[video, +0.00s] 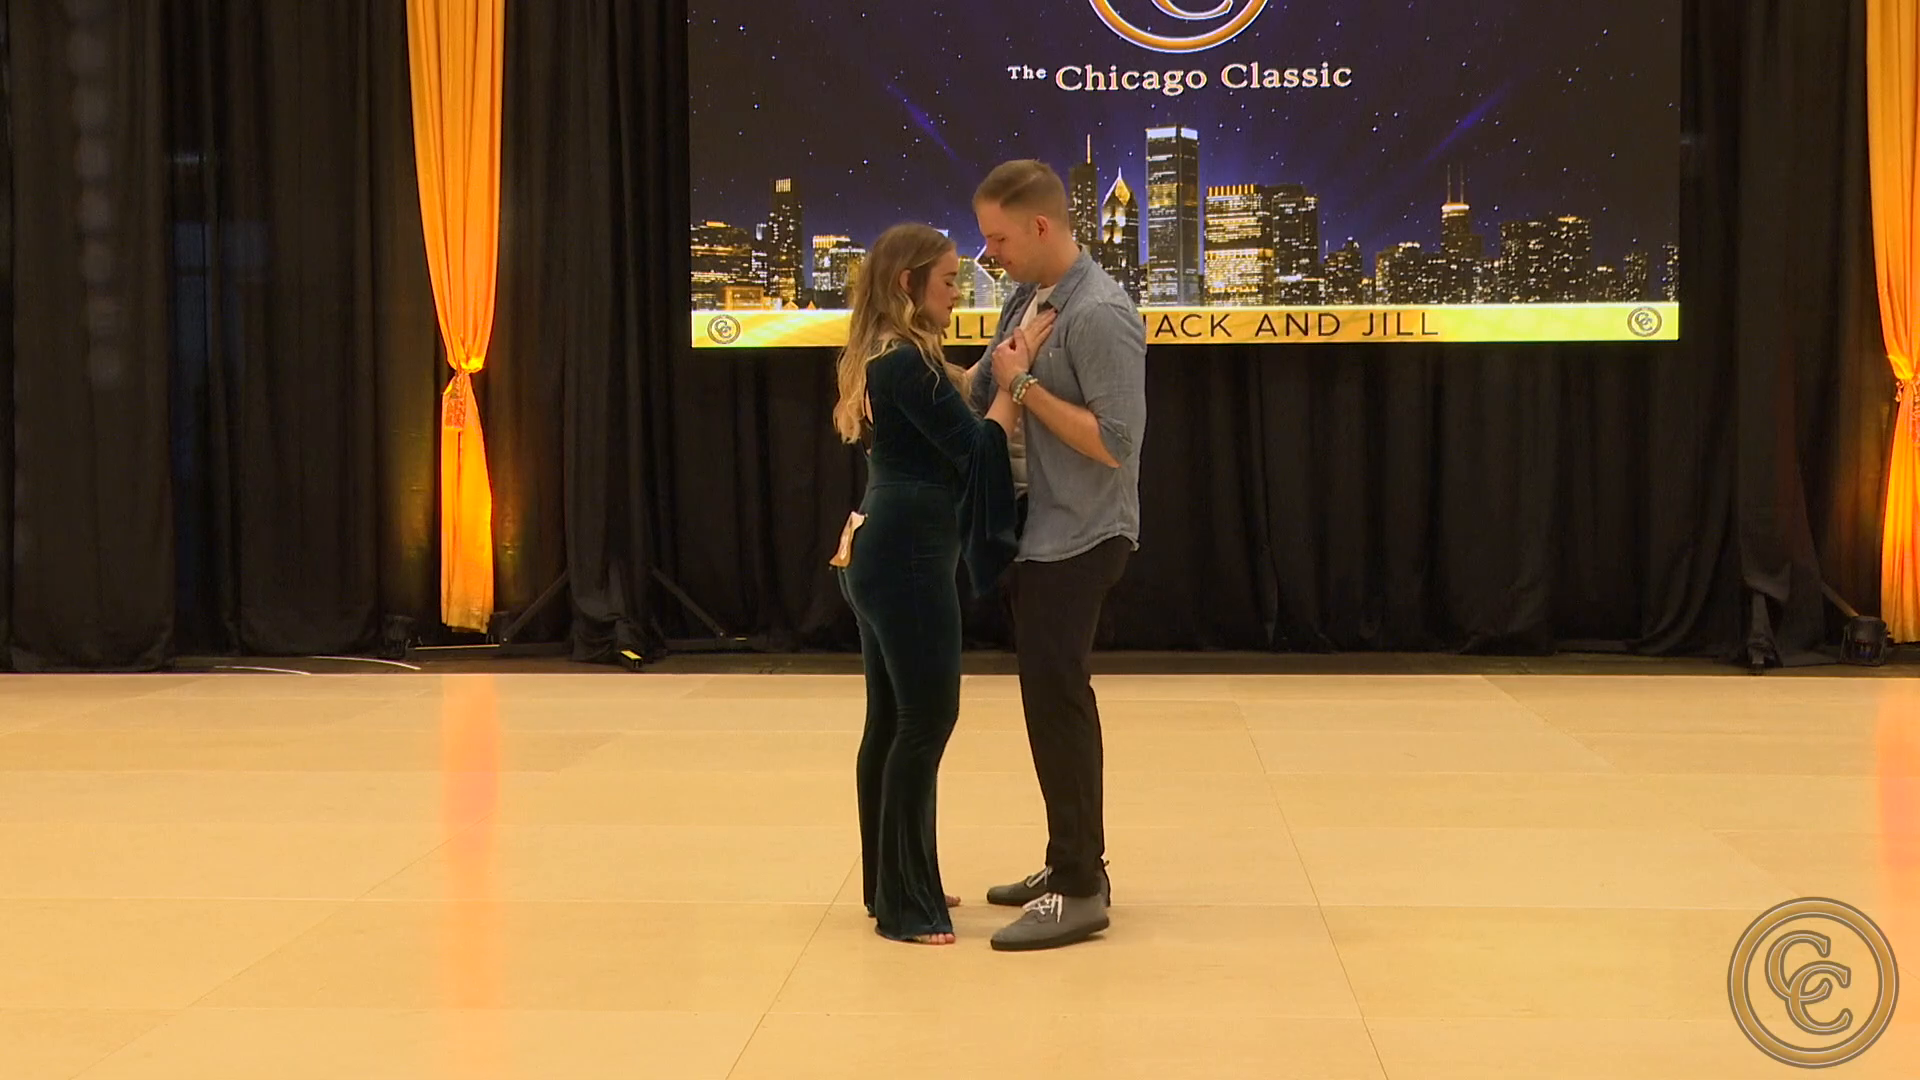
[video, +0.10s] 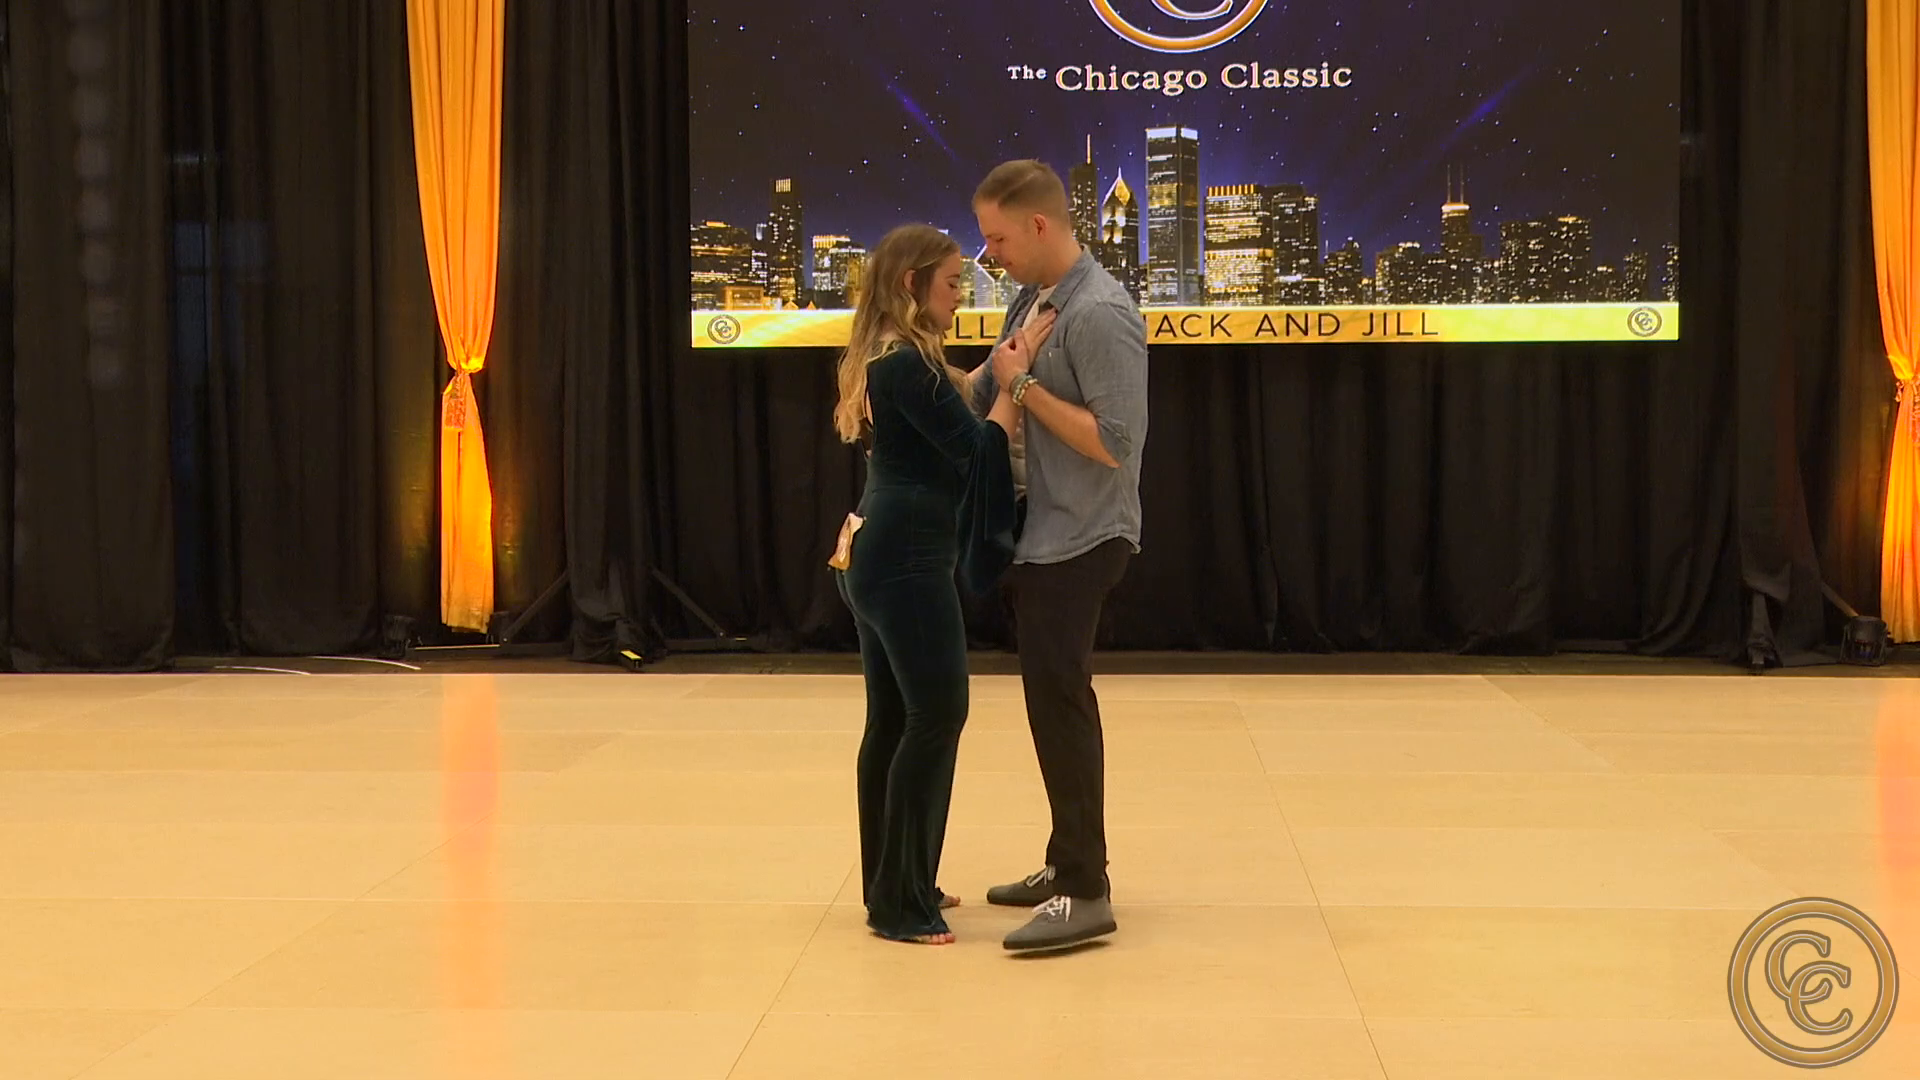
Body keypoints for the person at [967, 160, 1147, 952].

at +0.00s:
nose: (992, 257)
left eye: (997, 241)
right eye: (988, 243)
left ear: (1043, 227)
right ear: (1038, 231)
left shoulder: (1099, 311)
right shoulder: (1032, 305)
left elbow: (1113, 445)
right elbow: (979, 398)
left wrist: (1024, 385)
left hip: (1084, 532)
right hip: (1045, 527)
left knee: (1058, 699)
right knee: (1051, 698)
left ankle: (1081, 892)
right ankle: (1071, 867)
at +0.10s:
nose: (993, 259)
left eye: (996, 243)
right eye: (988, 245)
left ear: (1041, 227)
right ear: (1038, 229)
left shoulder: (1100, 311)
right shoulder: (1041, 306)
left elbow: (1113, 445)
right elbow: (994, 403)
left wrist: (1022, 382)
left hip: (1085, 535)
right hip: (1050, 530)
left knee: (1060, 702)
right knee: (1055, 700)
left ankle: (1085, 895)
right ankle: (1071, 867)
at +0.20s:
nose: (993, 257)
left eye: (995, 241)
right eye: (988, 244)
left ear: (1037, 225)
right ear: (1037, 226)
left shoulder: (1100, 308)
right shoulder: (1052, 308)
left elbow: (1108, 444)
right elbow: (1035, 424)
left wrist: (1022, 382)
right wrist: (1014, 389)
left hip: (1085, 535)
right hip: (1050, 531)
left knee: (1061, 699)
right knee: (1052, 698)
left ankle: (1091, 898)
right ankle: (1073, 869)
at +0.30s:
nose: (996, 259)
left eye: (997, 242)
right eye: (991, 245)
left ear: (1035, 227)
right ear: (1039, 227)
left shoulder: (1100, 307)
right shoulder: (1059, 310)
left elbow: (1105, 437)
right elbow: (1039, 431)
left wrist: (1022, 380)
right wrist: (1015, 392)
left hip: (1085, 542)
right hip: (1053, 540)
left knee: (1065, 712)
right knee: (1049, 707)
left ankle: (1097, 913)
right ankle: (1073, 871)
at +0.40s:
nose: (998, 259)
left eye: (998, 242)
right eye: (993, 245)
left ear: (1035, 224)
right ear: (1040, 223)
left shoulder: (1101, 303)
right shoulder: (1067, 307)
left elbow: (1104, 428)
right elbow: (1048, 427)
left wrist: (1024, 376)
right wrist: (1019, 380)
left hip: (1089, 542)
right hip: (1058, 541)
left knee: (1075, 719)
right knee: (1053, 713)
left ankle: (1101, 920)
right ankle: (1070, 872)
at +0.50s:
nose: (999, 255)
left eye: (1000, 238)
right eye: (994, 241)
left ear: (1036, 221)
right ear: (1043, 219)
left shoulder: (1099, 297)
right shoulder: (1073, 300)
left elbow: (1105, 420)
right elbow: (1051, 422)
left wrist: (1026, 371)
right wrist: (1025, 375)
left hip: (1093, 540)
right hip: (1065, 538)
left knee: (1085, 727)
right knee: (1064, 720)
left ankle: (1099, 920)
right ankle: (1065, 878)